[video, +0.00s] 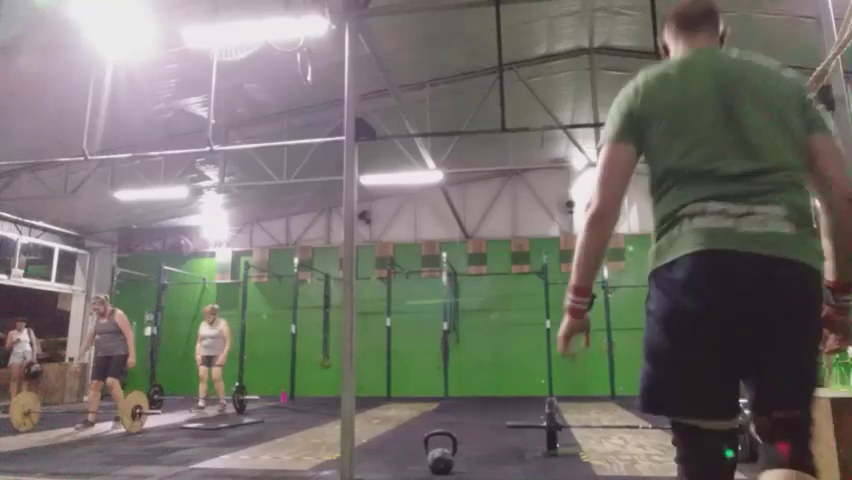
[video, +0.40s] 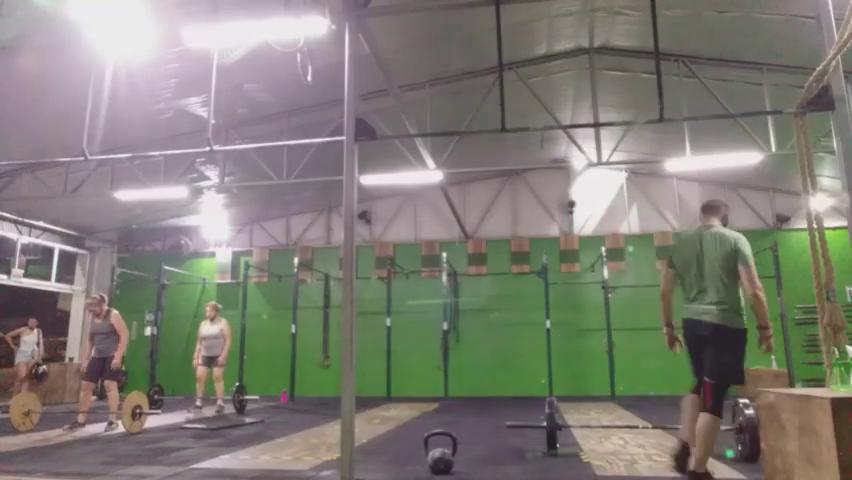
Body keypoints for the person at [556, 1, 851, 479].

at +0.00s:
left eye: (664, 45)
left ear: (666, 40)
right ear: (722, 34)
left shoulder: (645, 88)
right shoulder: (784, 82)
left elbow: (603, 208)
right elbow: (839, 190)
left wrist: (577, 300)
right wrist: (840, 293)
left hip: (696, 271)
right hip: (789, 274)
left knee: (702, 446)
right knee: (787, 436)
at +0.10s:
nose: (690, 137)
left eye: (686, 132)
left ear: (684, 130)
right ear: (729, 126)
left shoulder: (657, 167)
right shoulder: (757, 167)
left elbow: (629, 249)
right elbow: (791, 256)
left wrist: (630, 301)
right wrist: (824, 327)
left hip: (688, 315)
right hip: (756, 312)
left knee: (678, 428)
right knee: (757, 432)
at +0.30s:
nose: (706, 219)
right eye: (707, 215)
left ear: (678, 212)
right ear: (705, 212)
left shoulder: (657, 236)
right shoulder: (720, 234)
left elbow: (639, 289)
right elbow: (742, 281)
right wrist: (755, 330)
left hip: (669, 325)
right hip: (711, 329)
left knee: (671, 403)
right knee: (703, 404)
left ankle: (672, 475)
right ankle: (698, 470)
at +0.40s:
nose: (724, 223)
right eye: (726, 219)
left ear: (700, 216)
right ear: (724, 217)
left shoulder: (680, 240)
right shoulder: (736, 239)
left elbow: (666, 288)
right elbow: (754, 290)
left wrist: (668, 326)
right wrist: (765, 327)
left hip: (691, 324)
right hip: (725, 326)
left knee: (699, 385)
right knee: (713, 399)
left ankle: (684, 441)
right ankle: (698, 468)